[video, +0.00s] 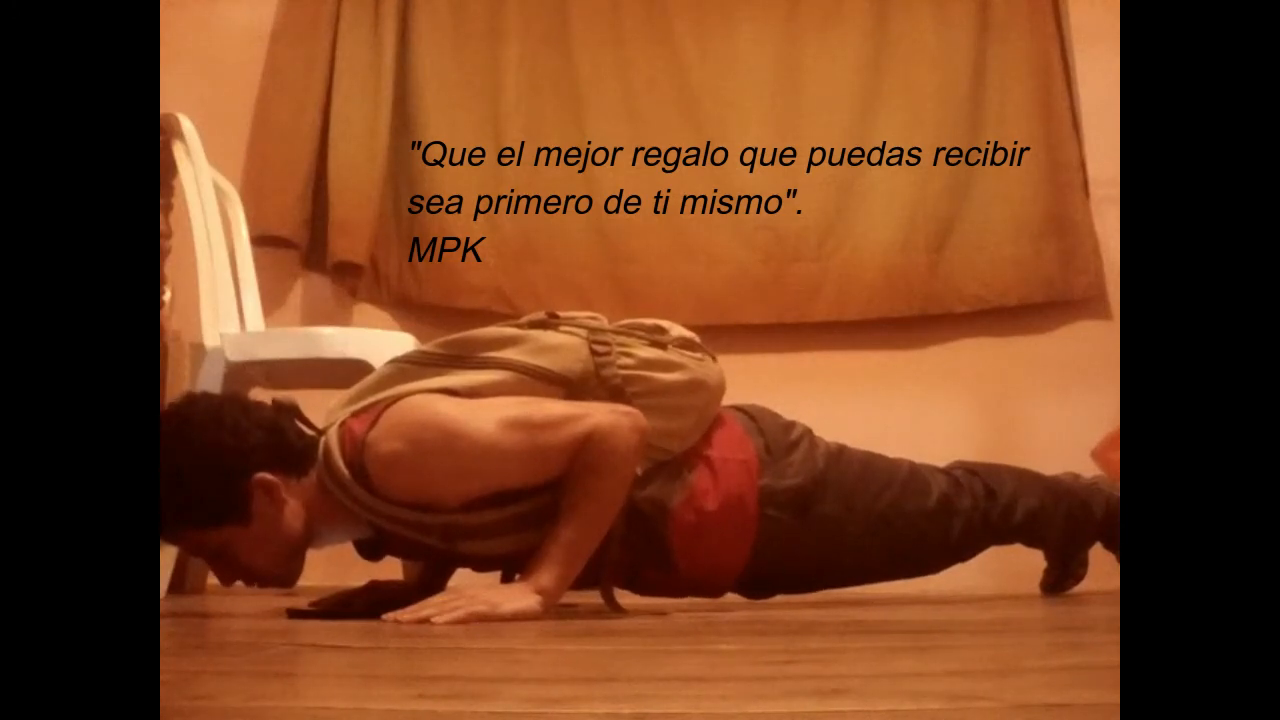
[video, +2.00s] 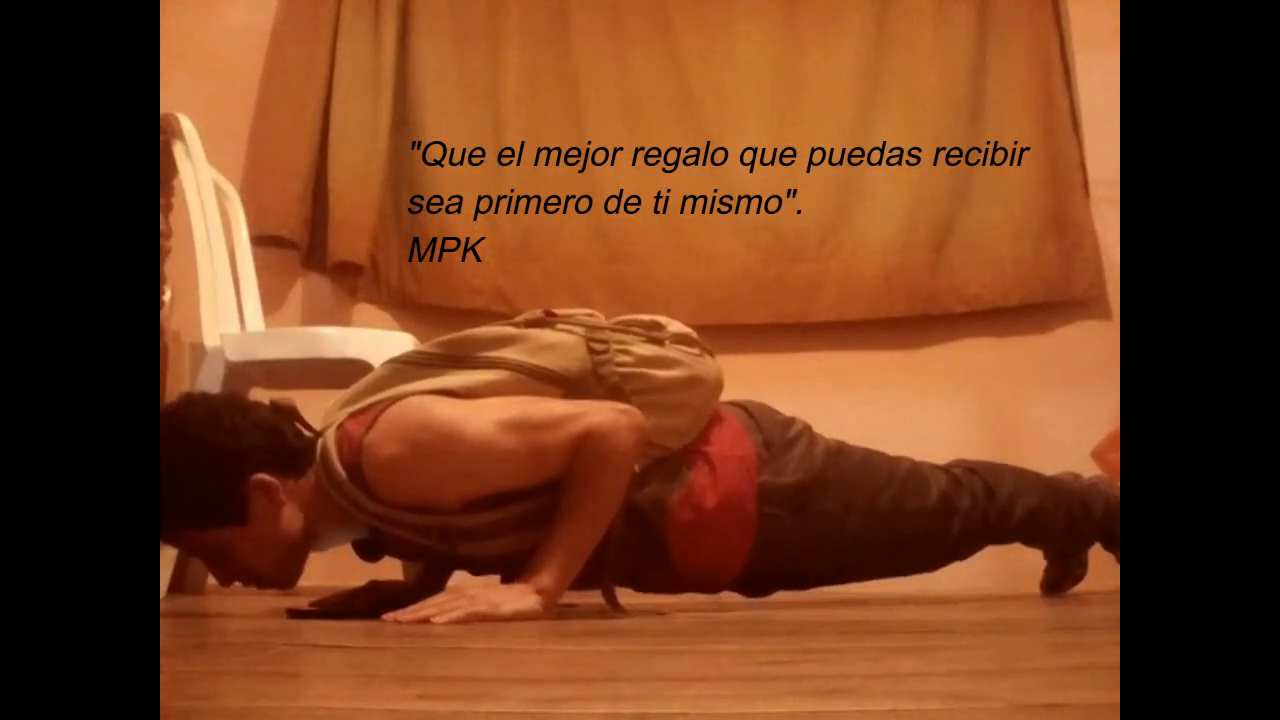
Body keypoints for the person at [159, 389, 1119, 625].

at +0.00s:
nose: (218, 574)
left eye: (213, 550)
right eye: (200, 559)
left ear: (262, 492)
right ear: (258, 478)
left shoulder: (400, 448)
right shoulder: (355, 461)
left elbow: (614, 439)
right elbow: (470, 534)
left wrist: (539, 588)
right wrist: (388, 588)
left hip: (739, 498)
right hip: (712, 503)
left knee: (949, 510)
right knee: (928, 506)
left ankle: (1095, 505)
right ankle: (1079, 504)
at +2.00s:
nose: (217, 576)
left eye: (211, 551)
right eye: (199, 560)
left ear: (262, 493)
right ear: (259, 482)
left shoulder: (397, 453)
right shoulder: (355, 460)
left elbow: (609, 437)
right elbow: (486, 529)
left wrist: (539, 588)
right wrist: (390, 585)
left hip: (737, 491)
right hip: (710, 500)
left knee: (943, 508)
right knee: (923, 505)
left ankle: (1095, 505)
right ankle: (1077, 505)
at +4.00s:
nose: (214, 579)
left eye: (208, 554)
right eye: (197, 563)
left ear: (259, 498)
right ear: (257, 482)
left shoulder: (394, 456)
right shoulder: (352, 464)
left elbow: (608, 438)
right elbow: (474, 530)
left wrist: (540, 589)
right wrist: (386, 588)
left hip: (736, 494)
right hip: (708, 500)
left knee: (945, 509)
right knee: (925, 505)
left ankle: (1093, 505)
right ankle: (1078, 503)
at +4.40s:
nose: (212, 579)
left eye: (206, 554)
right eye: (195, 563)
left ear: (258, 499)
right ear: (255, 482)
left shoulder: (394, 456)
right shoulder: (351, 459)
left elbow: (606, 437)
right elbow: (481, 522)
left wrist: (538, 589)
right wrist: (392, 583)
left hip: (735, 491)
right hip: (708, 498)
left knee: (944, 508)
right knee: (924, 506)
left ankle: (1094, 504)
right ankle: (1075, 505)